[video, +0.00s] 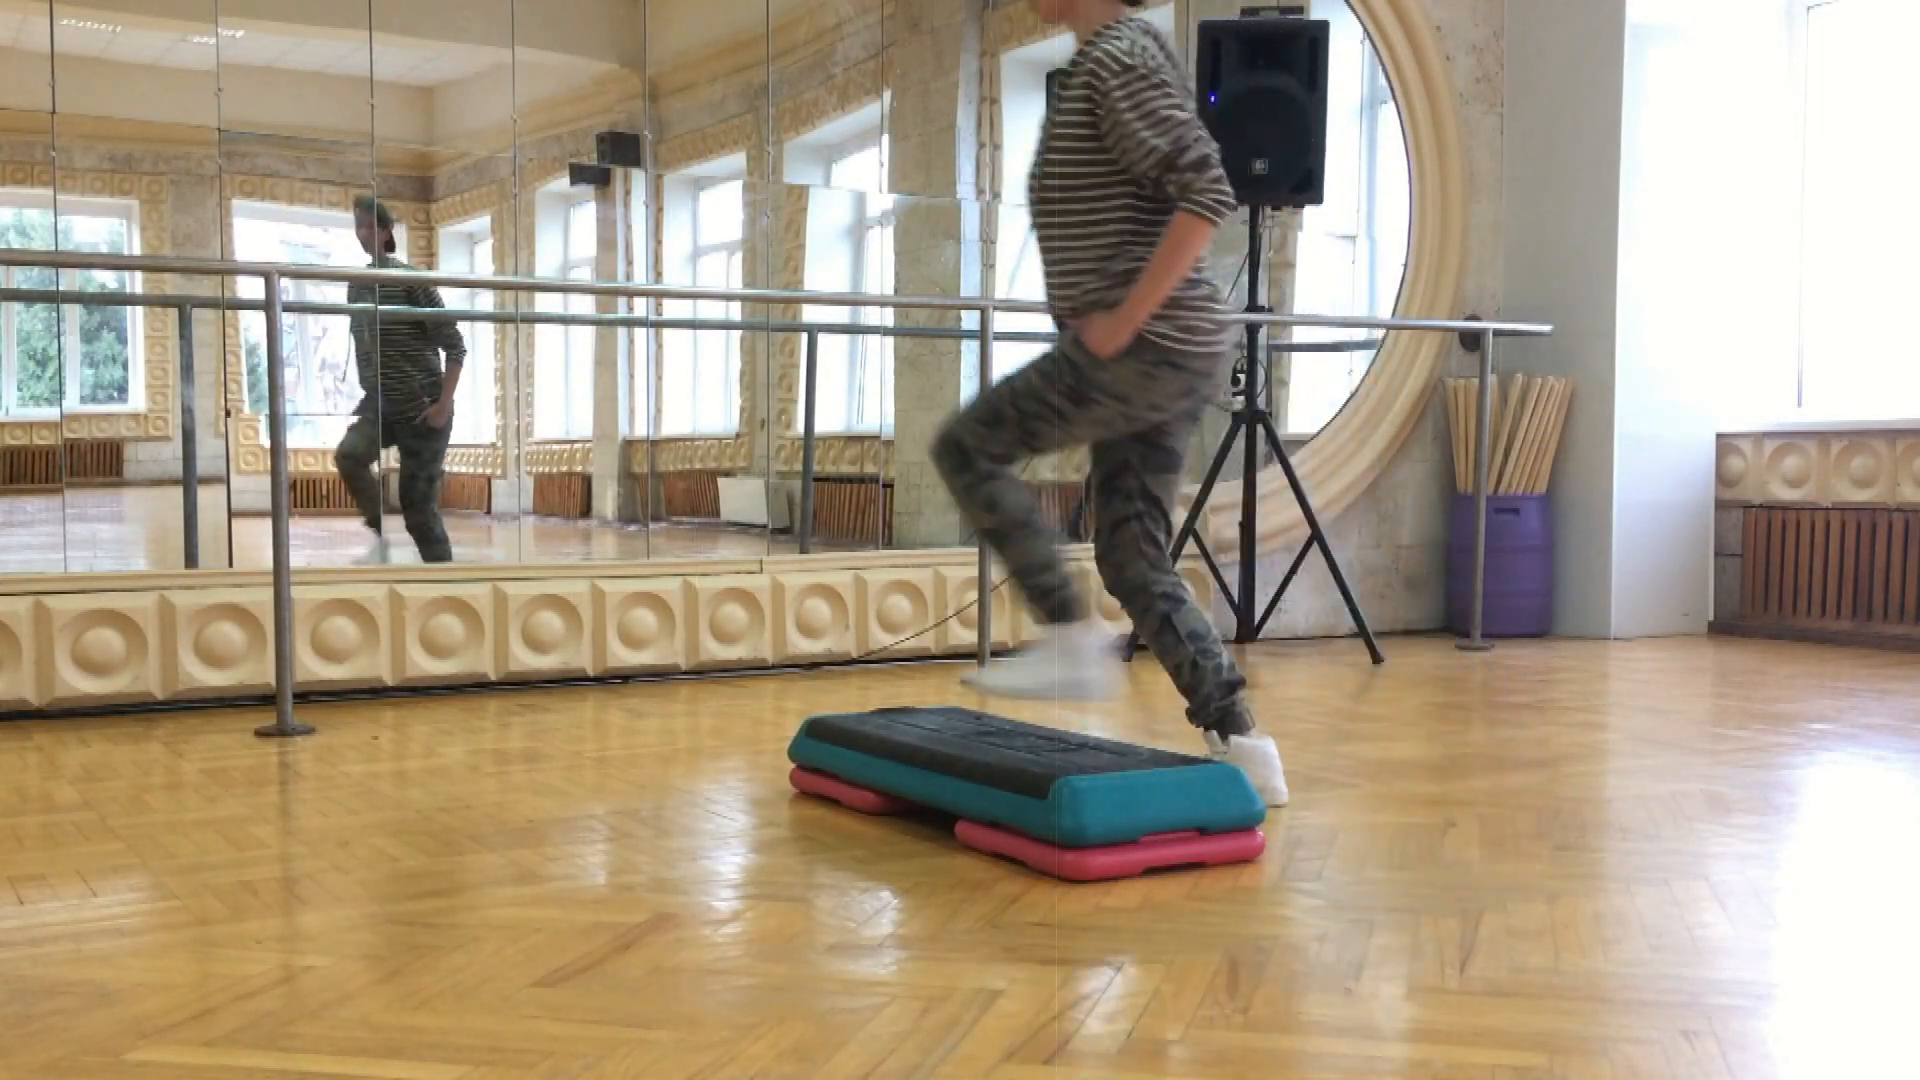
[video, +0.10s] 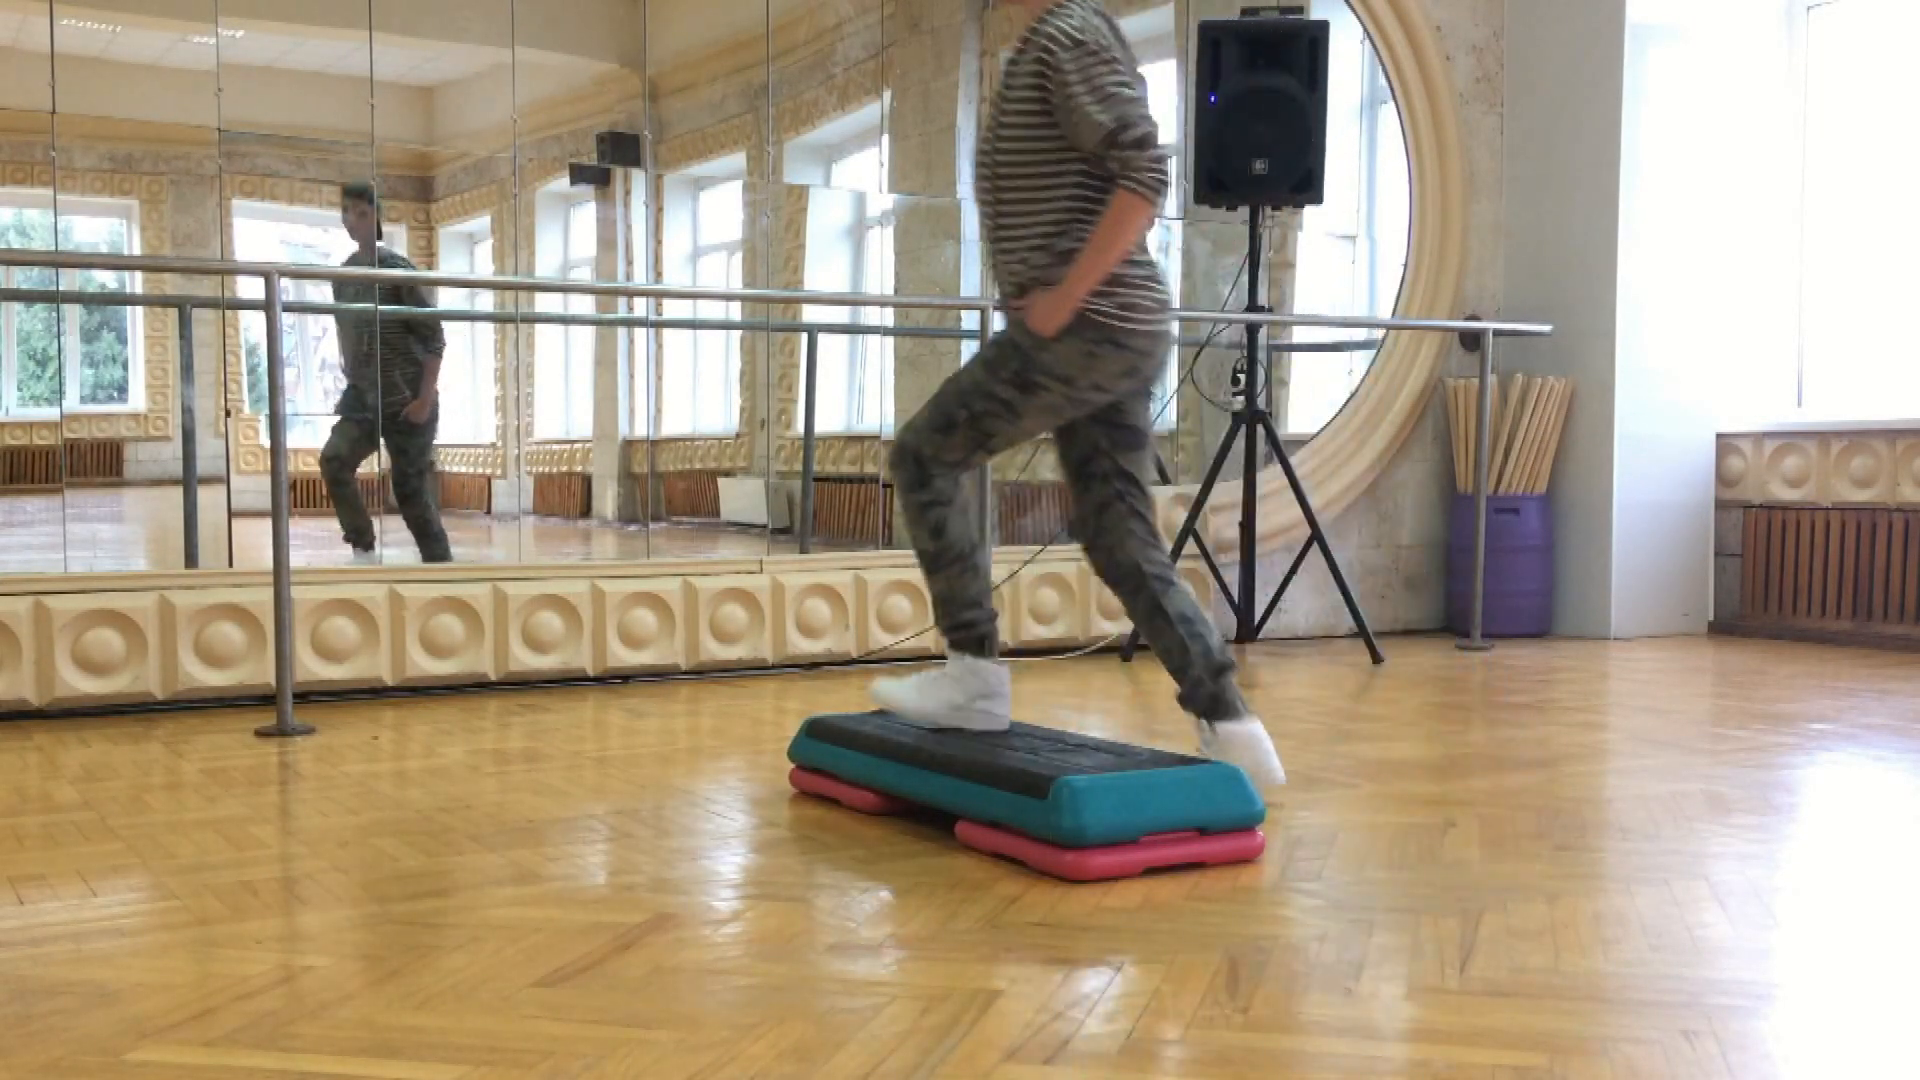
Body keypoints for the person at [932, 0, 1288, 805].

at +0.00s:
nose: (1037, 2)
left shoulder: (1122, 57)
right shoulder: (1098, 62)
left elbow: (1208, 196)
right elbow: (1160, 201)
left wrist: (1125, 316)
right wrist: (1101, 305)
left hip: (1154, 340)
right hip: (1158, 343)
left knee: (966, 446)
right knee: (1131, 553)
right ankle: (1242, 742)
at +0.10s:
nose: (987, 3)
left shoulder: (1069, 32)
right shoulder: (1041, 43)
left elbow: (1142, 178)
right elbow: (1106, 182)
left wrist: (1065, 294)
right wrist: (1039, 286)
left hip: (1096, 322)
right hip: (1109, 325)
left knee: (928, 452)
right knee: (1117, 532)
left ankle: (973, 672)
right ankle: (1232, 727)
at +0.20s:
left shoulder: (1008, 15)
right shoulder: (1020, 22)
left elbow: (1067, 167)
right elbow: (1054, 170)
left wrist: (997, 290)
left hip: (1038, 304)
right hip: (1064, 307)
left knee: (899, 467)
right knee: (998, 519)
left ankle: (967, 680)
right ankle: (1156, 658)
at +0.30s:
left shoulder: (947, 17)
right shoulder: (981, 22)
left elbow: (1003, 158)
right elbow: (1034, 185)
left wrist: (943, 288)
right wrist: (938, 277)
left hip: (991, 298)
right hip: (1016, 297)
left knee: (861, 476)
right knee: (869, 464)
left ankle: (962, 678)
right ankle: (1015, 581)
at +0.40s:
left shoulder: (894, 26)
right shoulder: (953, 41)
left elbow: (934, 164)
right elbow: (1011, 198)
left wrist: (886, 298)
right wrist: (930, 263)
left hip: (931, 308)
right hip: (954, 305)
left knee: (826, 504)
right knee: (770, 420)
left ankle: (964, 677)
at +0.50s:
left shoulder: (837, 35)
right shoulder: (909, 47)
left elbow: (866, 178)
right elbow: (965, 207)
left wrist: (819, 314)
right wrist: (897, 283)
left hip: (867, 322)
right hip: (908, 320)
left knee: (792, 520)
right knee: (737, 464)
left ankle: (955, 671)